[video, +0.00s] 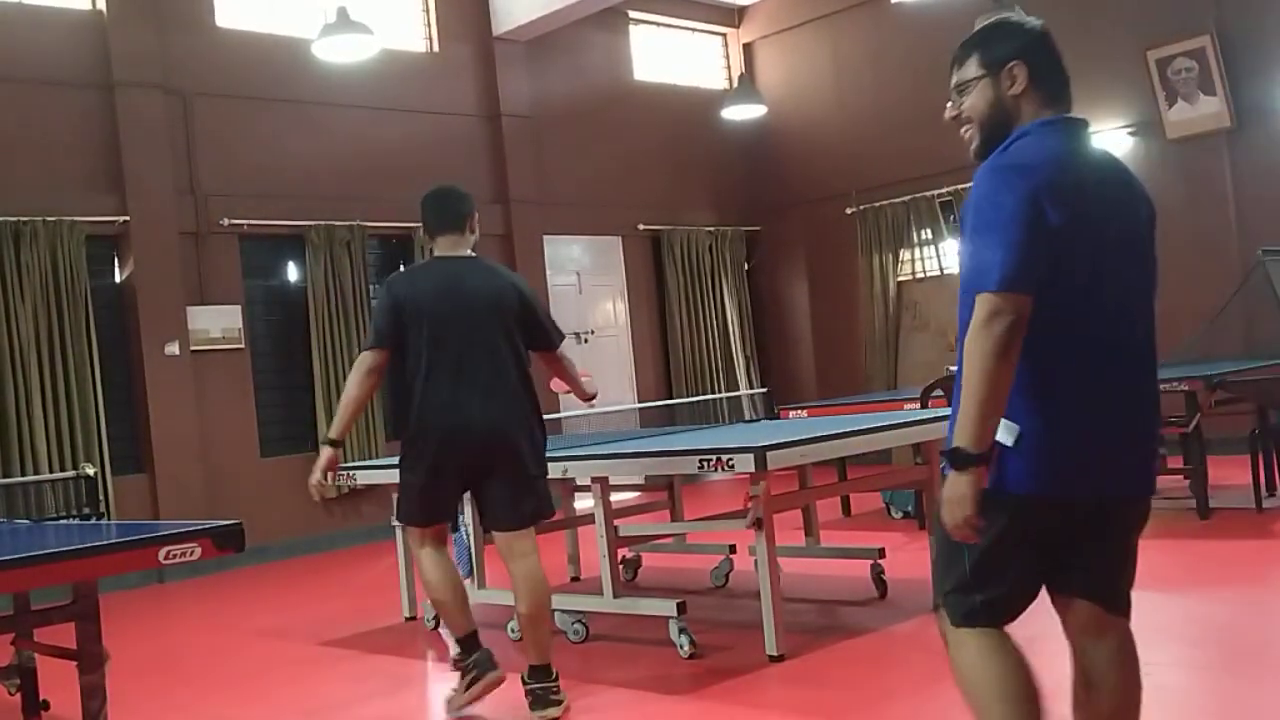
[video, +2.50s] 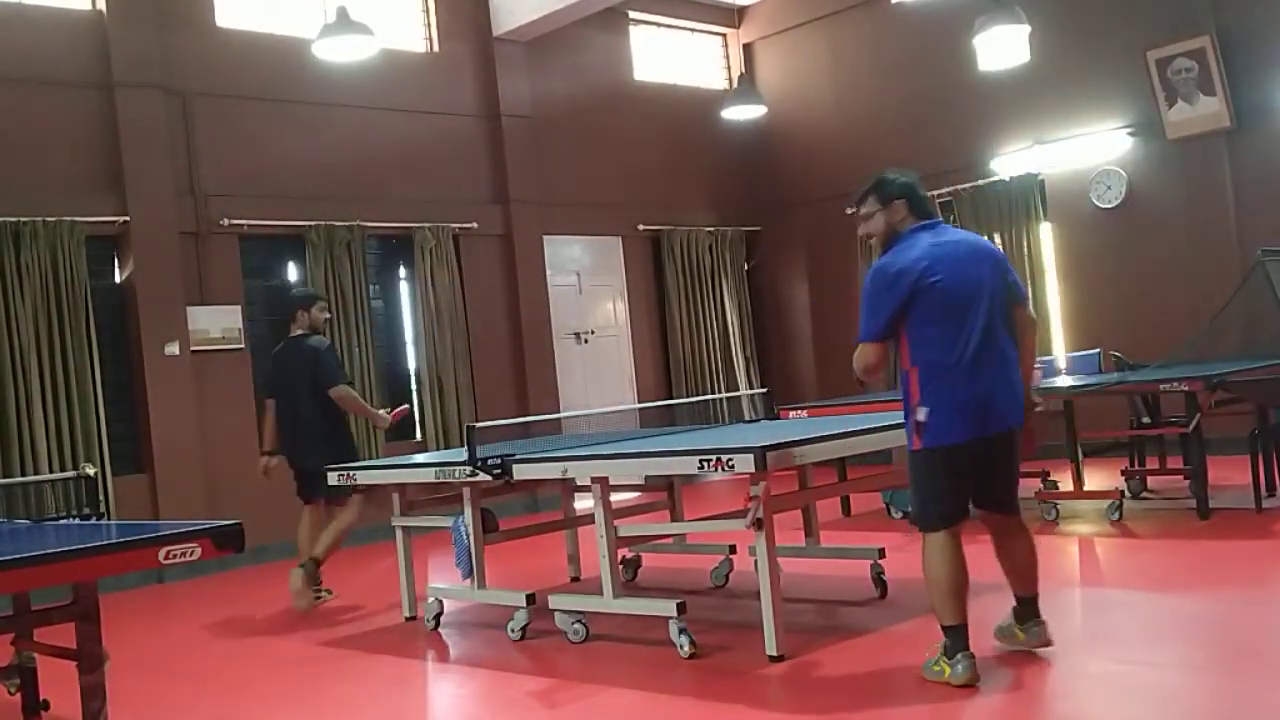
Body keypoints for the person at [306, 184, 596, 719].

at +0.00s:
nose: (476, 230)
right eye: (476, 223)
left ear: (424, 231)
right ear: (474, 226)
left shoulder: (400, 288)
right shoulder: (506, 284)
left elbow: (370, 366)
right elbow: (552, 353)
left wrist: (333, 441)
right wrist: (578, 385)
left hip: (434, 440)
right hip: (508, 433)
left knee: (428, 541)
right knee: (520, 547)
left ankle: (473, 659)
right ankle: (542, 682)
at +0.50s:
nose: (417, 267)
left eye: (414, 260)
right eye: (414, 260)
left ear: (367, 264)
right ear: (403, 258)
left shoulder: (338, 310)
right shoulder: (429, 304)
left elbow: (307, 384)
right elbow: (483, 357)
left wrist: (294, 443)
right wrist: (545, 394)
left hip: (373, 450)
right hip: (431, 443)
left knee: (407, 548)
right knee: (433, 527)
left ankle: (439, 661)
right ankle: (462, 611)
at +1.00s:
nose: (359, 280)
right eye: (357, 275)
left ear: (313, 278)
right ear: (352, 277)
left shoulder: (289, 322)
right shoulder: (377, 317)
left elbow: (266, 386)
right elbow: (426, 365)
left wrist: (255, 444)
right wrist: (473, 376)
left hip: (311, 448)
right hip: (368, 446)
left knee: (306, 531)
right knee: (365, 534)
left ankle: (348, 600)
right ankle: (363, 645)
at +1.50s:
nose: (309, 296)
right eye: (308, 291)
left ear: (268, 297)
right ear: (305, 295)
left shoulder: (251, 340)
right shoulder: (328, 335)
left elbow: (228, 394)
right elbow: (377, 383)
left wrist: (201, 450)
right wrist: (390, 380)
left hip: (275, 452)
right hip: (324, 447)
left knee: (288, 531)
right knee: (326, 523)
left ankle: (304, 625)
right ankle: (341, 581)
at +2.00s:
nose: (307, 315)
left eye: (307, 309)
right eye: (307, 310)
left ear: (270, 311)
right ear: (300, 310)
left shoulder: (244, 347)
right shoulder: (315, 349)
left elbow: (221, 397)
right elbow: (343, 398)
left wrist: (209, 441)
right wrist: (370, 413)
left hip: (259, 454)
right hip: (306, 453)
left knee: (254, 521)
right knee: (298, 521)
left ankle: (268, 571)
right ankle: (284, 605)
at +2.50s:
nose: (328, 316)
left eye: (326, 310)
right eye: (322, 310)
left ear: (298, 317)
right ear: (301, 315)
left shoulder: (278, 354)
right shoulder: (319, 346)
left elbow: (271, 406)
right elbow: (338, 392)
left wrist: (268, 450)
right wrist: (376, 416)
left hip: (299, 447)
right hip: (331, 444)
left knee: (312, 509)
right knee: (349, 508)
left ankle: (310, 582)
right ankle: (310, 566)